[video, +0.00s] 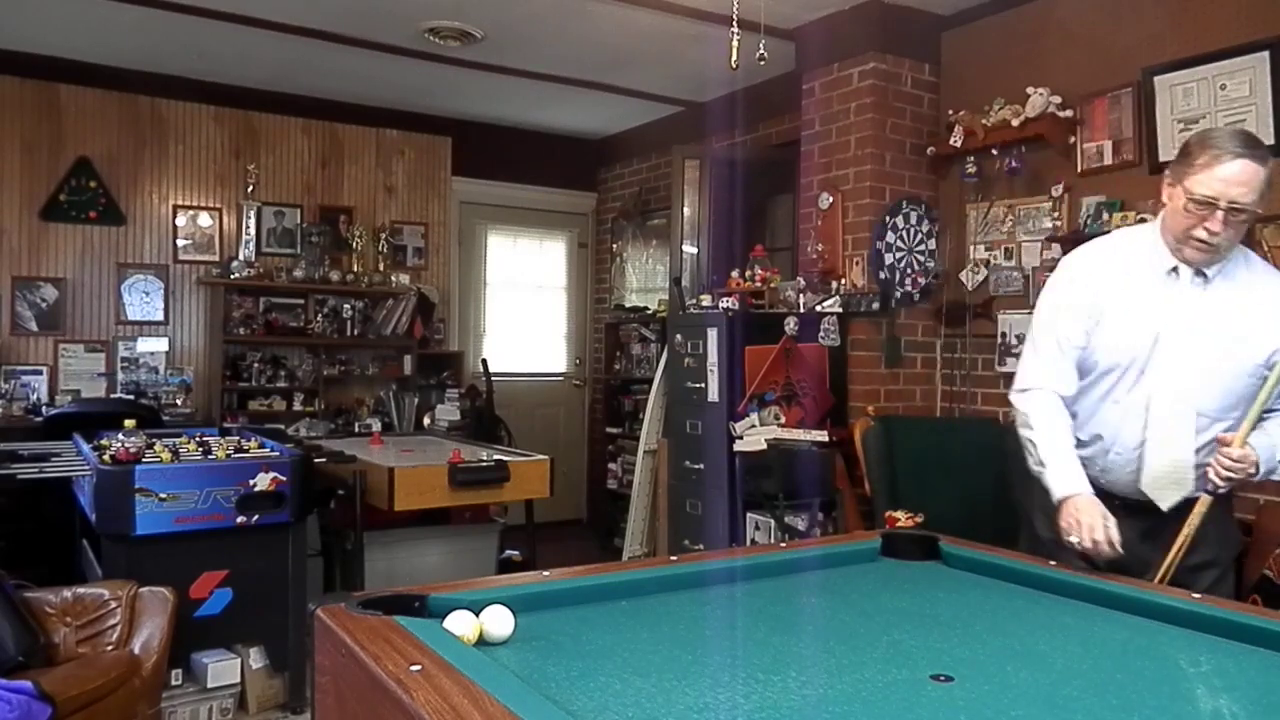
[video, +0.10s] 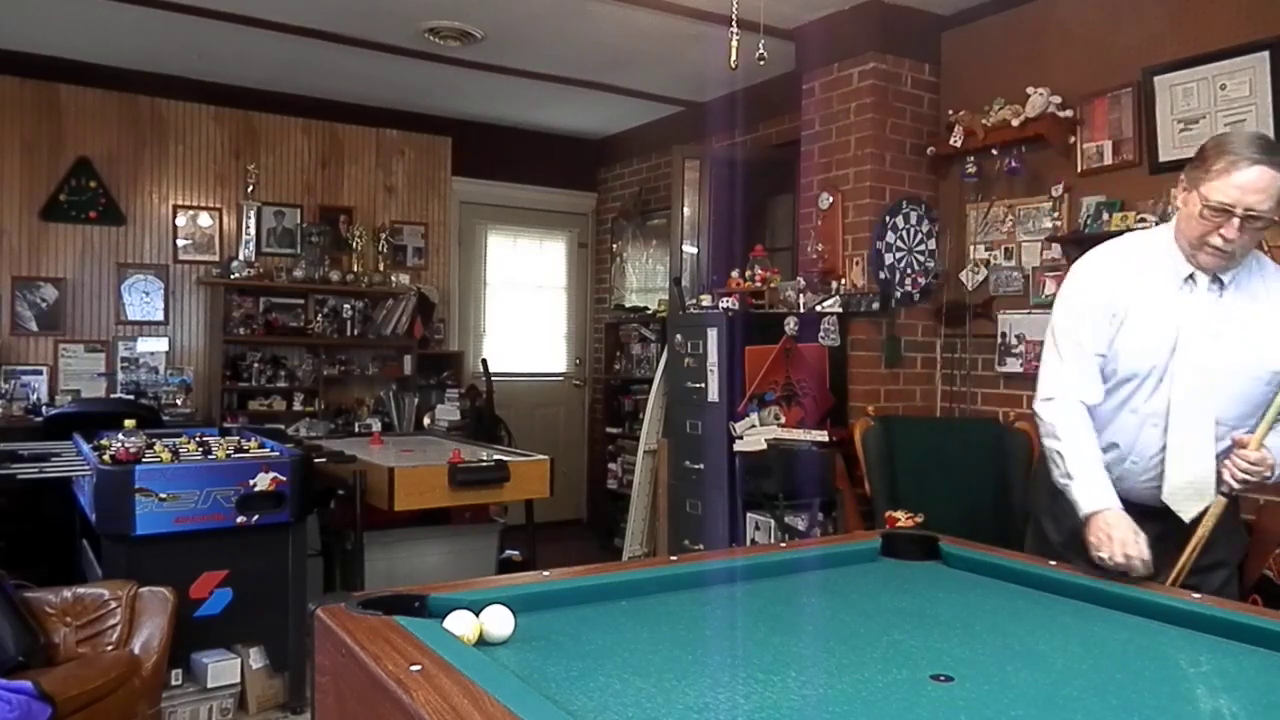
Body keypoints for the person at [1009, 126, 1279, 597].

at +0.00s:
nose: (1216, 225)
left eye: (1237, 213)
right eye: (1203, 203)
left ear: (1255, 216)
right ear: (1169, 191)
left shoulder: (1269, 295)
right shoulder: (1091, 268)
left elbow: (1275, 415)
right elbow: (1037, 389)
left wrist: (1255, 456)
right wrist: (1073, 495)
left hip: (1196, 524)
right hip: (1080, 515)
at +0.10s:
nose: (1231, 233)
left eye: (1253, 219)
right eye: (1217, 209)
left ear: (1269, 222)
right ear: (1182, 192)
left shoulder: (1272, 295)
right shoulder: (1104, 272)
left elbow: (1275, 417)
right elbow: (1059, 400)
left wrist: (1266, 461)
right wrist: (1099, 509)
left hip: (1204, 527)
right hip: (1082, 518)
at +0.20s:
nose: (1243, 244)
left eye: (1265, 231)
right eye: (1231, 220)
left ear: (1277, 233)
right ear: (1193, 200)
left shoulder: (1273, 293)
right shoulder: (1113, 279)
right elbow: (1079, 414)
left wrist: (1268, 462)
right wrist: (1129, 523)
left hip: (1209, 522)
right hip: (1090, 510)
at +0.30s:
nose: (1255, 254)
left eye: (1273, 239)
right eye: (1242, 229)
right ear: (1203, 208)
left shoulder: (1273, 295)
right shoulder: (1120, 285)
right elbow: (1100, 426)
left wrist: (1267, 460)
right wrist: (1158, 534)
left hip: (1210, 521)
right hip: (1094, 507)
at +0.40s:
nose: (1264, 260)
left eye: (1277, 246)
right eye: (1250, 236)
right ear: (1208, 214)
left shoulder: (1271, 297)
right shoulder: (1128, 289)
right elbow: (1117, 432)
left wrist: (1267, 457)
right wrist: (1179, 541)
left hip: (1207, 520)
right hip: (1097, 510)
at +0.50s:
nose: (1268, 263)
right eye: (1255, 241)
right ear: (1212, 214)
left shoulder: (1271, 300)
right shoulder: (1131, 291)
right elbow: (1129, 433)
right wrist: (1191, 544)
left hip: (1208, 518)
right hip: (1099, 510)